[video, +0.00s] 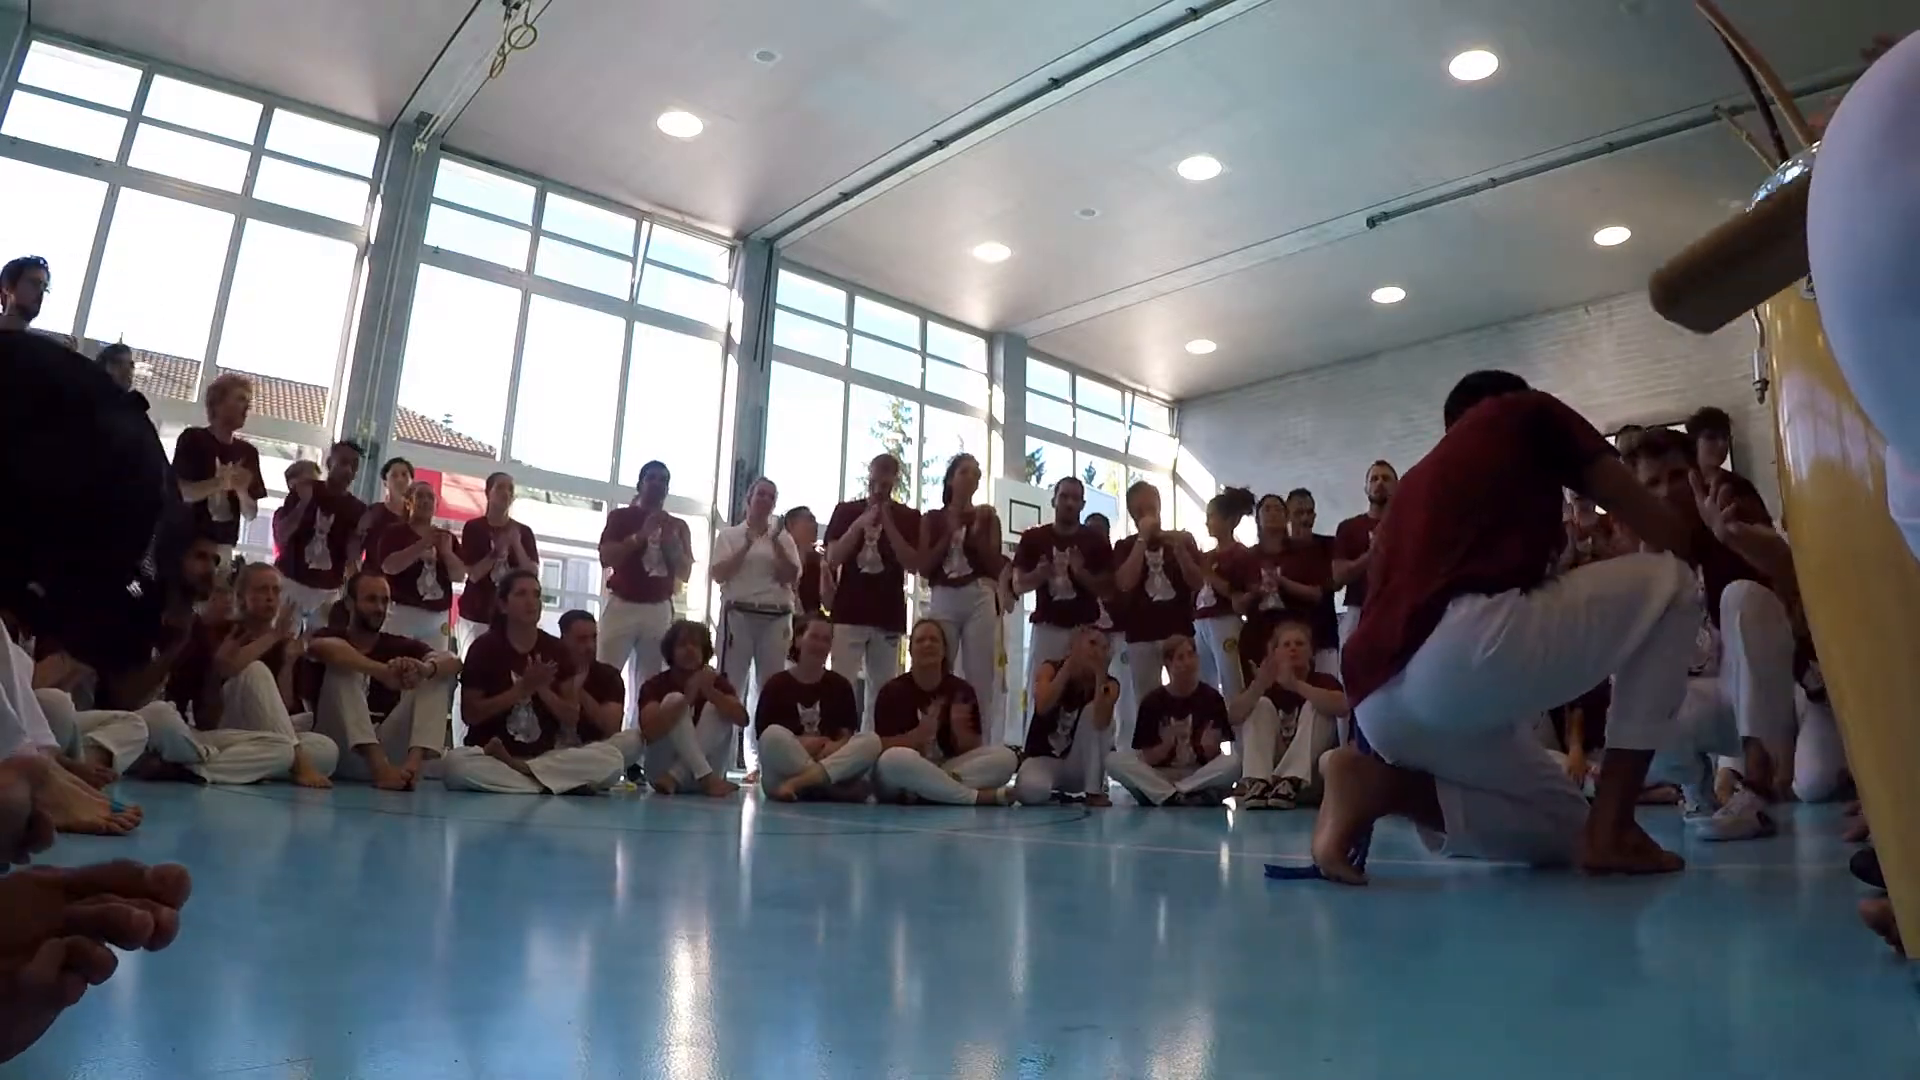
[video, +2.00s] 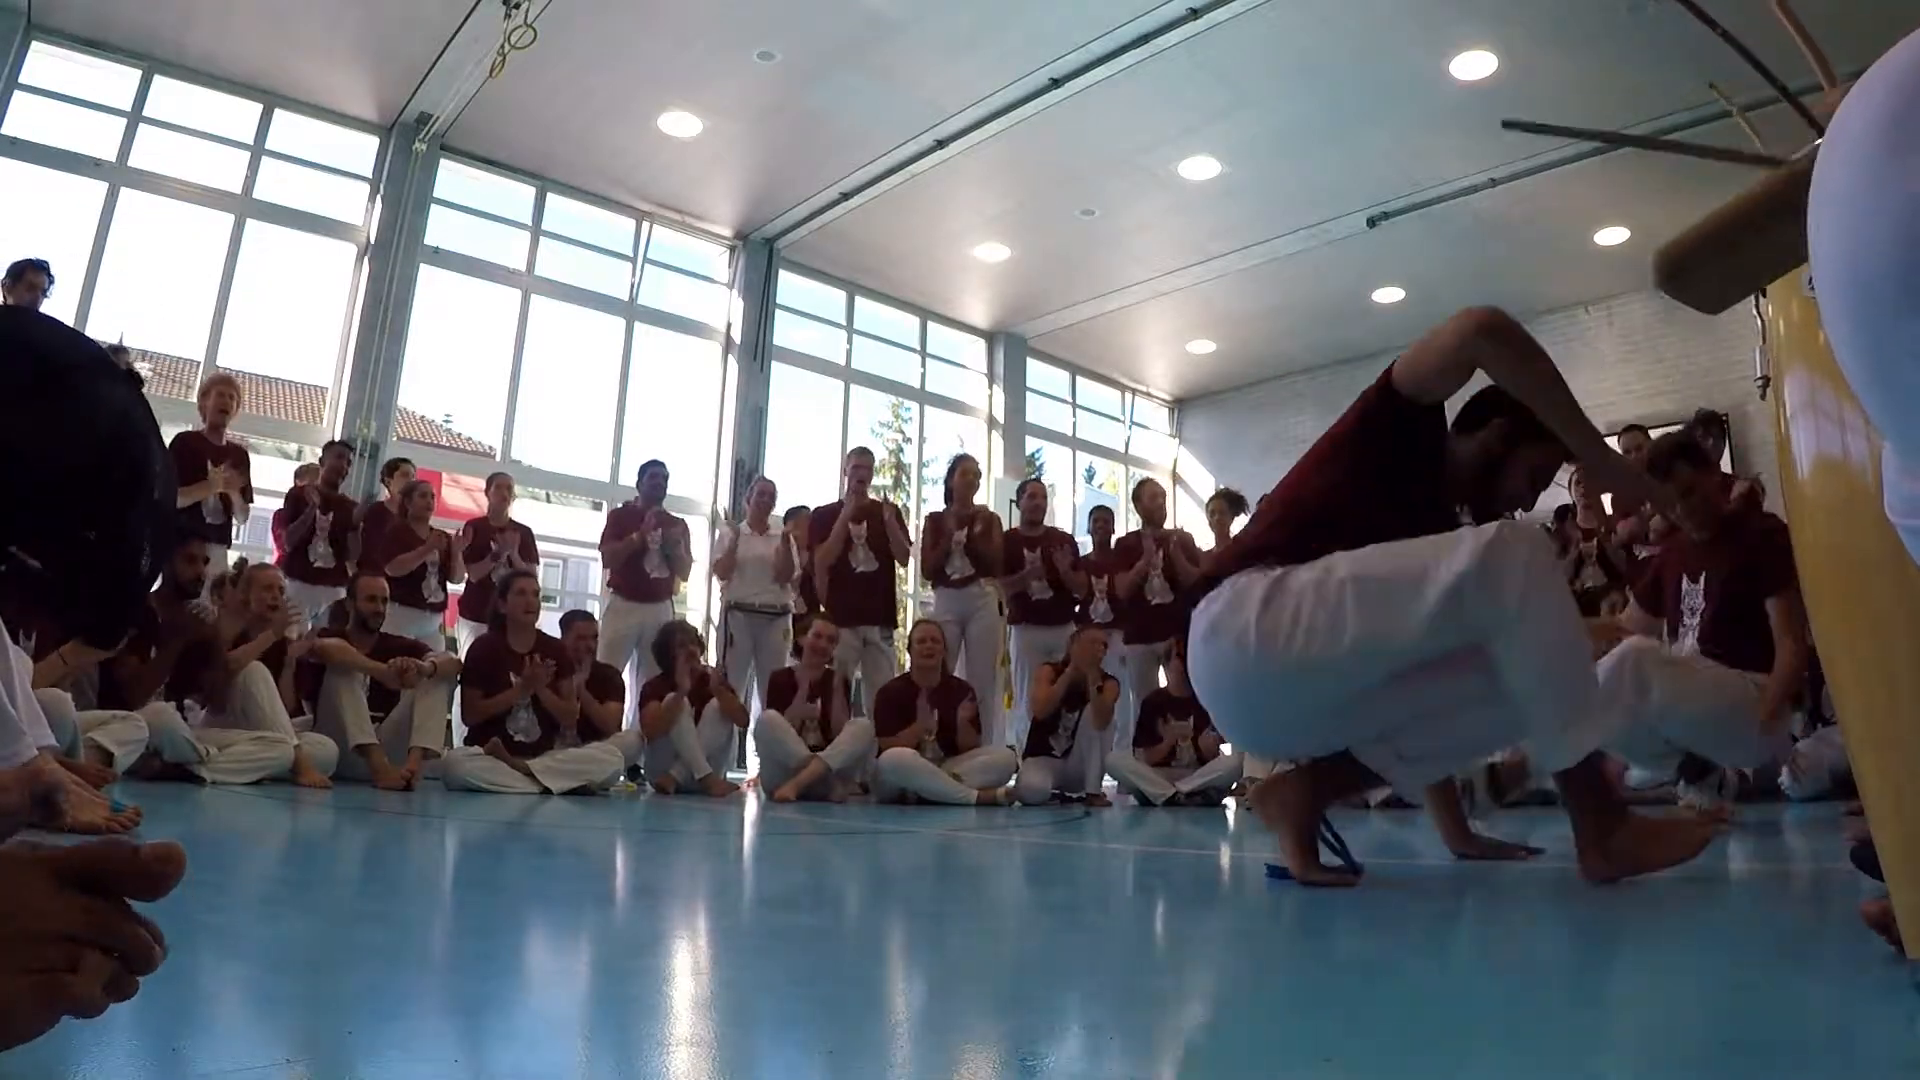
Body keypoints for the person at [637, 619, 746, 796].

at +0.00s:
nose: (689, 650)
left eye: (695, 644)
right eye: (682, 645)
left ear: (705, 650)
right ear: (670, 651)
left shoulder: (716, 681)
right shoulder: (653, 685)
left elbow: (742, 719)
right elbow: (649, 732)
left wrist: (710, 692)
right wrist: (687, 698)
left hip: (710, 771)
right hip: (664, 771)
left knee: (717, 707)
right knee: (674, 701)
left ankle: (674, 776)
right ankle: (707, 777)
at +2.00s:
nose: (690, 650)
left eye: (693, 643)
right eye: (682, 646)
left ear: (701, 647)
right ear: (669, 653)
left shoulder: (714, 680)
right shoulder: (654, 686)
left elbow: (743, 721)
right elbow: (650, 730)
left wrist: (718, 690)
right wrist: (680, 693)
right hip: (664, 771)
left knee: (719, 705)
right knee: (675, 701)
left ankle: (674, 776)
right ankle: (707, 777)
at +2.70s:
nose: (706, 662)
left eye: (707, 655)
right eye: (699, 657)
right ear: (679, 660)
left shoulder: (717, 682)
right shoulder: (655, 688)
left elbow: (743, 720)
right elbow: (650, 730)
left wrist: (717, 691)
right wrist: (676, 693)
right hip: (664, 771)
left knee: (717, 705)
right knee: (678, 702)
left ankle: (675, 776)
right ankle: (706, 776)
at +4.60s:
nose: (687, 651)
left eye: (689, 643)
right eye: (677, 648)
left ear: (695, 646)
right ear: (663, 656)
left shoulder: (715, 679)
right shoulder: (653, 687)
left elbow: (742, 717)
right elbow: (653, 728)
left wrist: (711, 692)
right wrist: (690, 695)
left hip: (708, 770)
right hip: (664, 772)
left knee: (719, 704)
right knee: (676, 700)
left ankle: (675, 776)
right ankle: (706, 776)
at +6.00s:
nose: (687, 653)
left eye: (690, 645)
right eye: (678, 649)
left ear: (700, 649)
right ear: (665, 657)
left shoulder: (717, 683)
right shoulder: (655, 687)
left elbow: (742, 718)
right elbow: (654, 730)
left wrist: (710, 690)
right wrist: (694, 695)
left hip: (708, 771)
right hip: (665, 771)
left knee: (719, 705)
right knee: (678, 699)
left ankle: (677, 776)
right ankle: (708, 777)